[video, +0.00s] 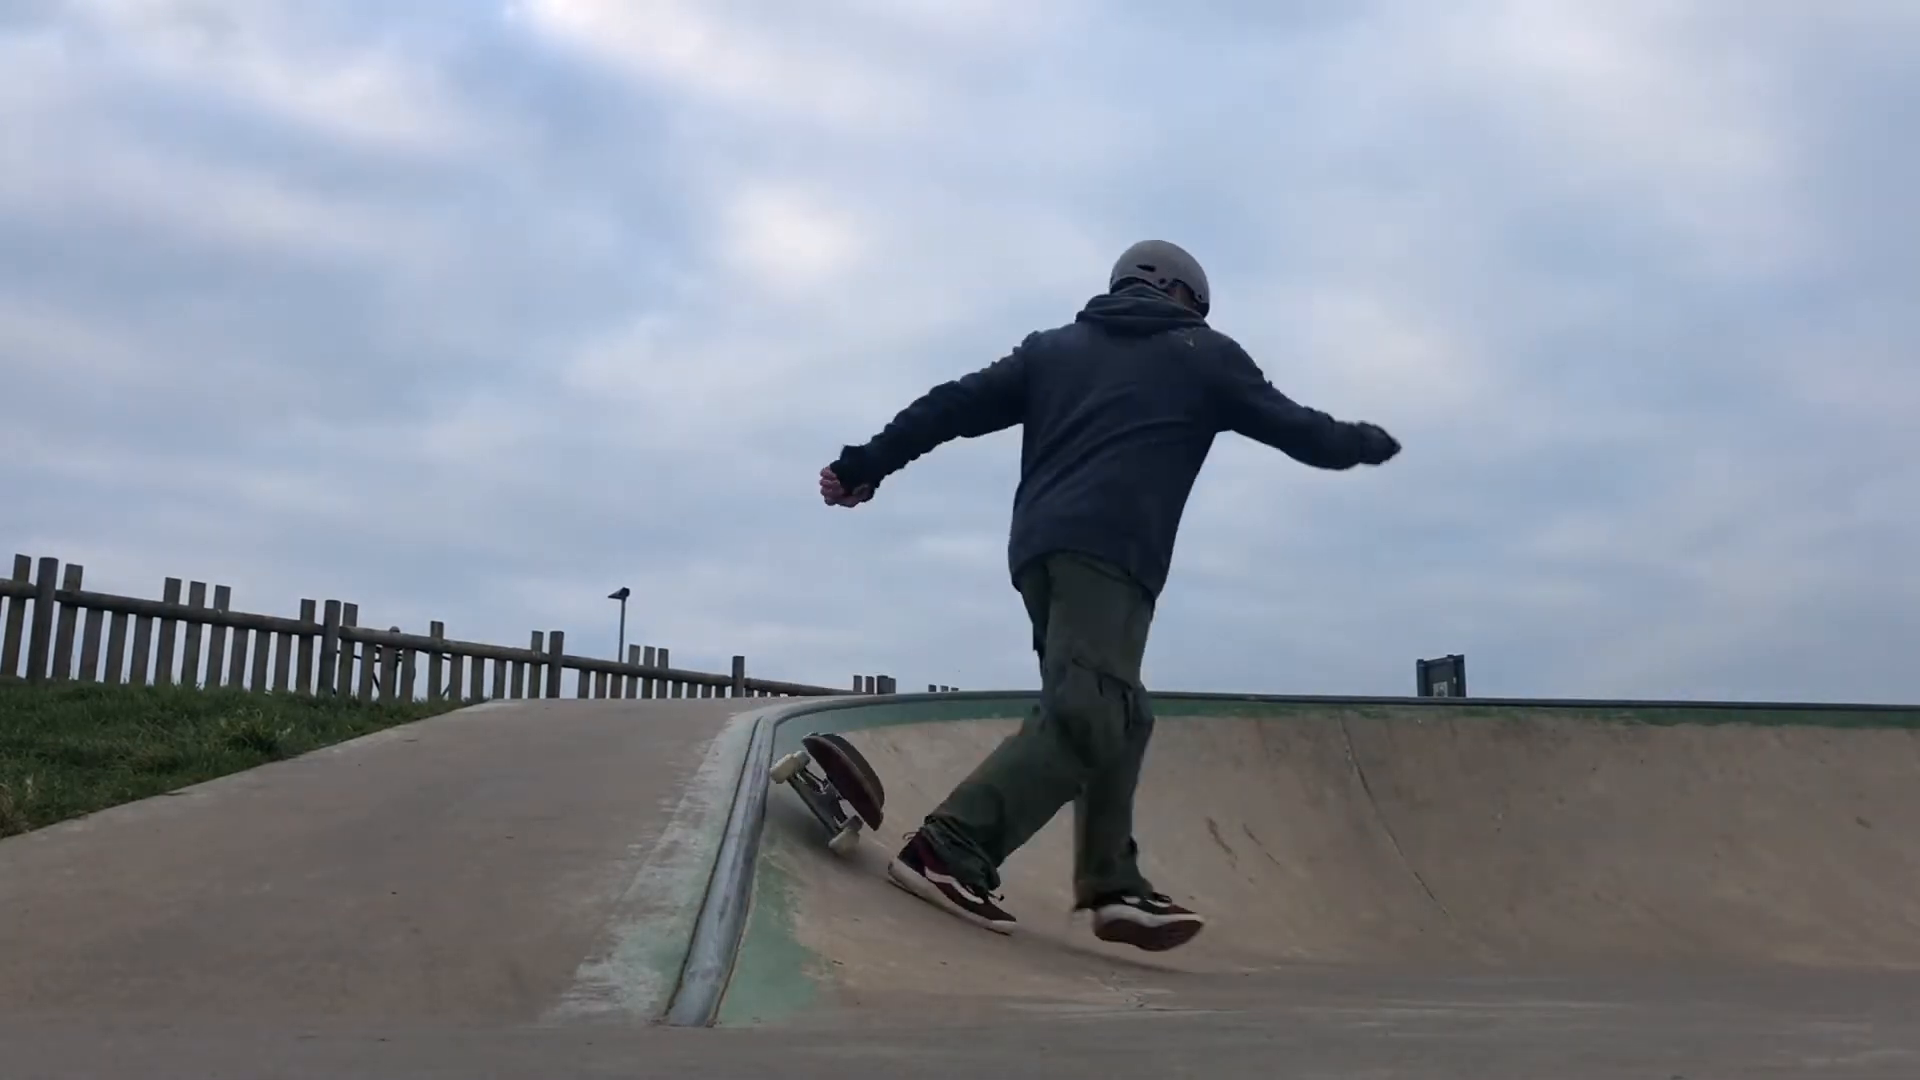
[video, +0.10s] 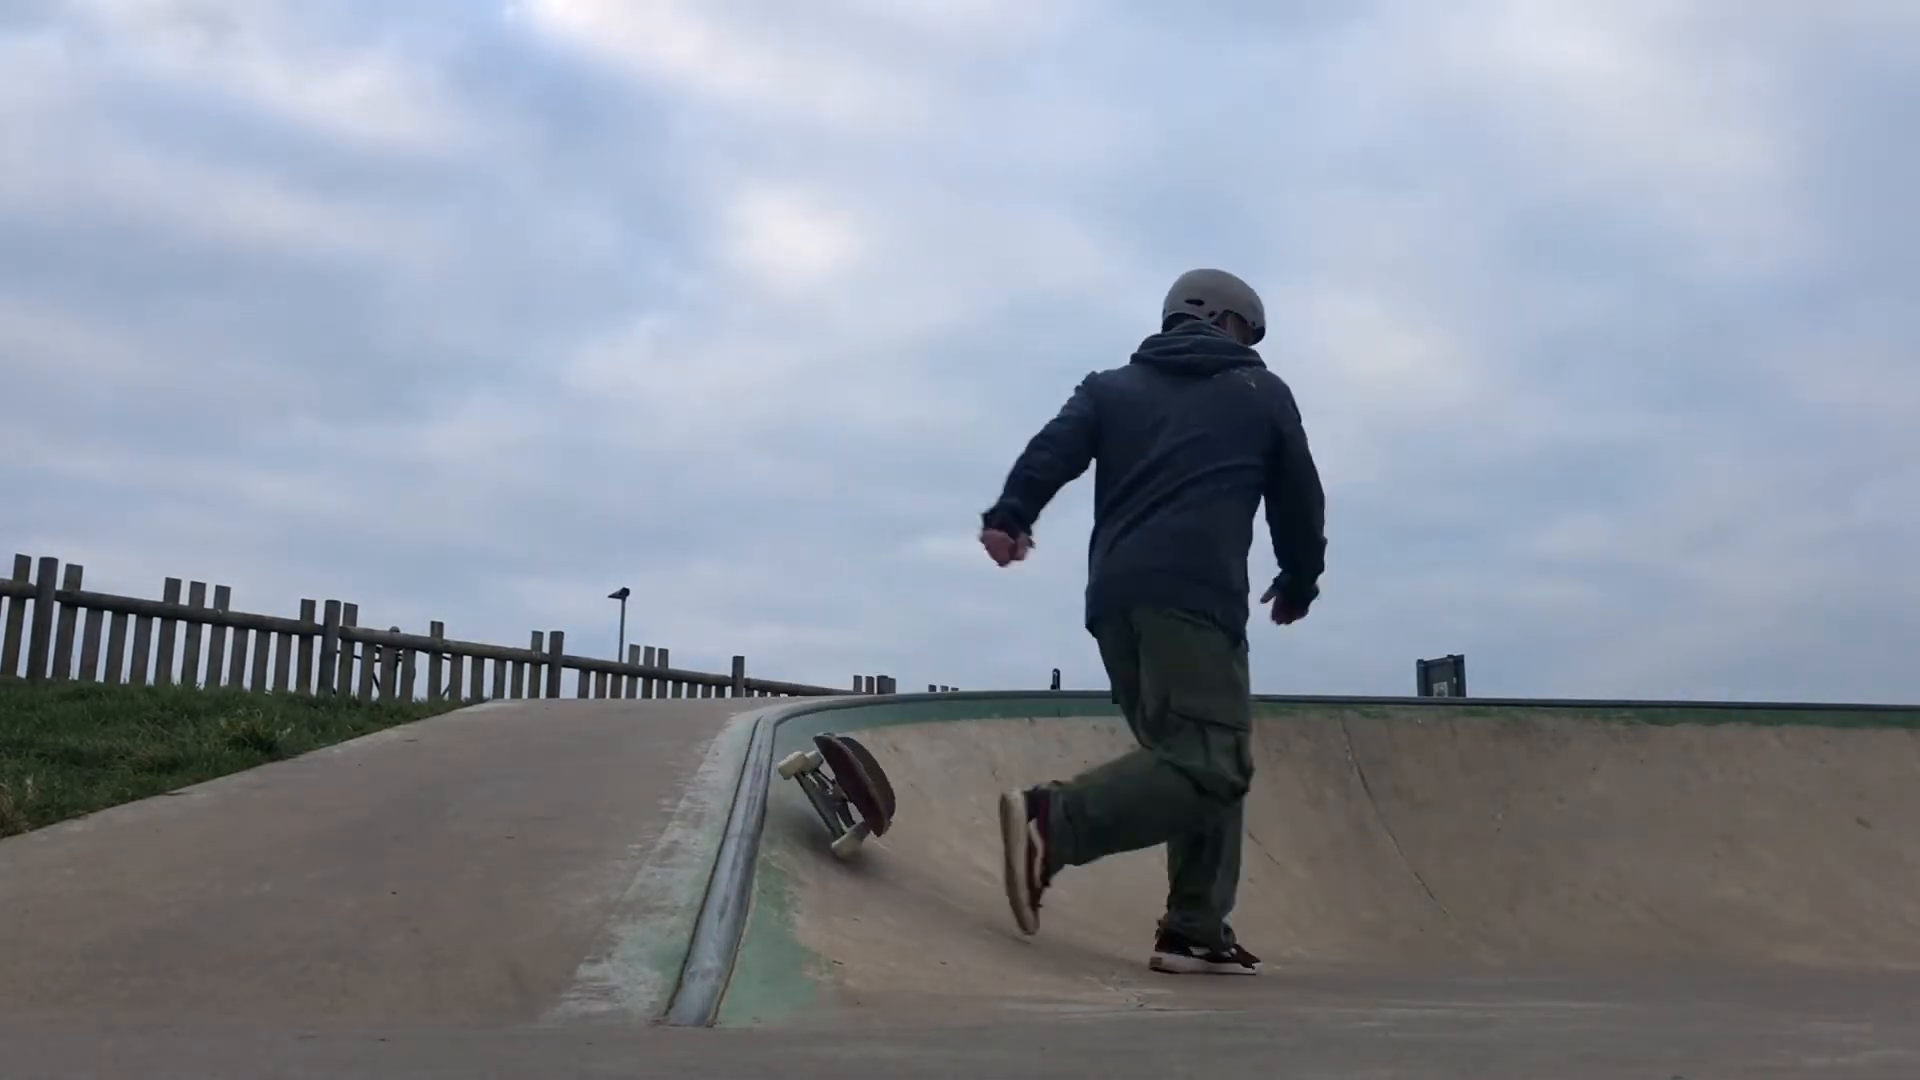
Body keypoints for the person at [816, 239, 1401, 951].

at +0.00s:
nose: (1201, 313)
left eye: (1195, 302)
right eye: (1199, 302)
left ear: (1122, 286)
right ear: (1187, 297)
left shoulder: (1054, 348)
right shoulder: (1202, 352)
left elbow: (952, 404)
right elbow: (1300, 430)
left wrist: (866, 463)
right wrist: (1370, 441)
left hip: (1036, 547)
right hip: (1112, 548)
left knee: (1122, 715)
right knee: (1084, 715)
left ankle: (1115, 891)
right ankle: (952, 846)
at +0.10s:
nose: (1253, 342)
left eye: (1253, 334)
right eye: (1252, 332)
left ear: (1175, 319)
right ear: (1234, 324)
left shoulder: (1114, 385)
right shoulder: (1260, 391)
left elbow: (1056, 446)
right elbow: (1299, 496)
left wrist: (1012, 509)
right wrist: (1297, 579)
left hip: (1113, 595)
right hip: (1196, 594)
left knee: (1197, 761)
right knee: (1212, 763)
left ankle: (1196, 931)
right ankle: (1054, 822)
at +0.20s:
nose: (1325, 360)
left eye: (1326, 351)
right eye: (1323, 348)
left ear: (1244, 334)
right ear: (1300, 339)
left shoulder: (1171, 406)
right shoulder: (1331, 411)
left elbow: (1134, 511)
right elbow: (1338, 537)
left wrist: (1136, 608)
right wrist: (1297, 593)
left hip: (1187, 612)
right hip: (1278, 607)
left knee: (1249, 777)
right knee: (1360, 754)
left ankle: (1198, 933)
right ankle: (1256, 834)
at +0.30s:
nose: (1406, 341)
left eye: (1407, 331)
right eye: (1404, 329)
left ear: (1328, 314)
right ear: (1378, 318)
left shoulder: (1248, 392)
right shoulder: (1406, 389)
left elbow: (1194, 509)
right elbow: (1425, 515)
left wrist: (1191, 607)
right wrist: (1382, 572)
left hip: (1265, 599)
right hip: (1360, 586)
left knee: (1276, 769)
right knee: (1467, 725)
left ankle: (1217, 919)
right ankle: (1464, 889)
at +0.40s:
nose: (1479, 326)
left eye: (1481, 313)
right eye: (1475, 311)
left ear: (1399, 300)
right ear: (1441, 302)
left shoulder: (1312, 384)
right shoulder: (1473, 370)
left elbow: (1241, 495)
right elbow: (1507, 503)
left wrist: (1232, 592)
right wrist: (1457, 556)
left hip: (1340, 601)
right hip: (1434, 584)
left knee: (1335, 762)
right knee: (1550, 725)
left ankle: (1258, 890)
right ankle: (1600, 923)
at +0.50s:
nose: (1559, 324)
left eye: (1560, 310)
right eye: (1552, 309)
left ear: (1475, 305)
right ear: (1512, 306)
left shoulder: (1391, 403)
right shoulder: (1538, 376)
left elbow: (1324, 510)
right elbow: (1599, 505)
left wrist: (1295, 604)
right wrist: (1554, 554)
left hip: (1436, 620)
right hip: (1525, 598)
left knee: (1478, 768)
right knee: (1640, 741)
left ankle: (1360, 845)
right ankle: (1629, 925)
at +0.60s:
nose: (1625, 314)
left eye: (1625, 298)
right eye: (1615, 298)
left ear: (1544, 300)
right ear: (1564, 298)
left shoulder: (1458, 399)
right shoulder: (1583, 377)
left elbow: (1418, 511)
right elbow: (1655, 509)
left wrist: (1411, 606)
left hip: (1505, 620)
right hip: (1586, 600)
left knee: (1604, 762)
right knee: (1681, 752)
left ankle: (1505, 856)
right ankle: (1635, 927)